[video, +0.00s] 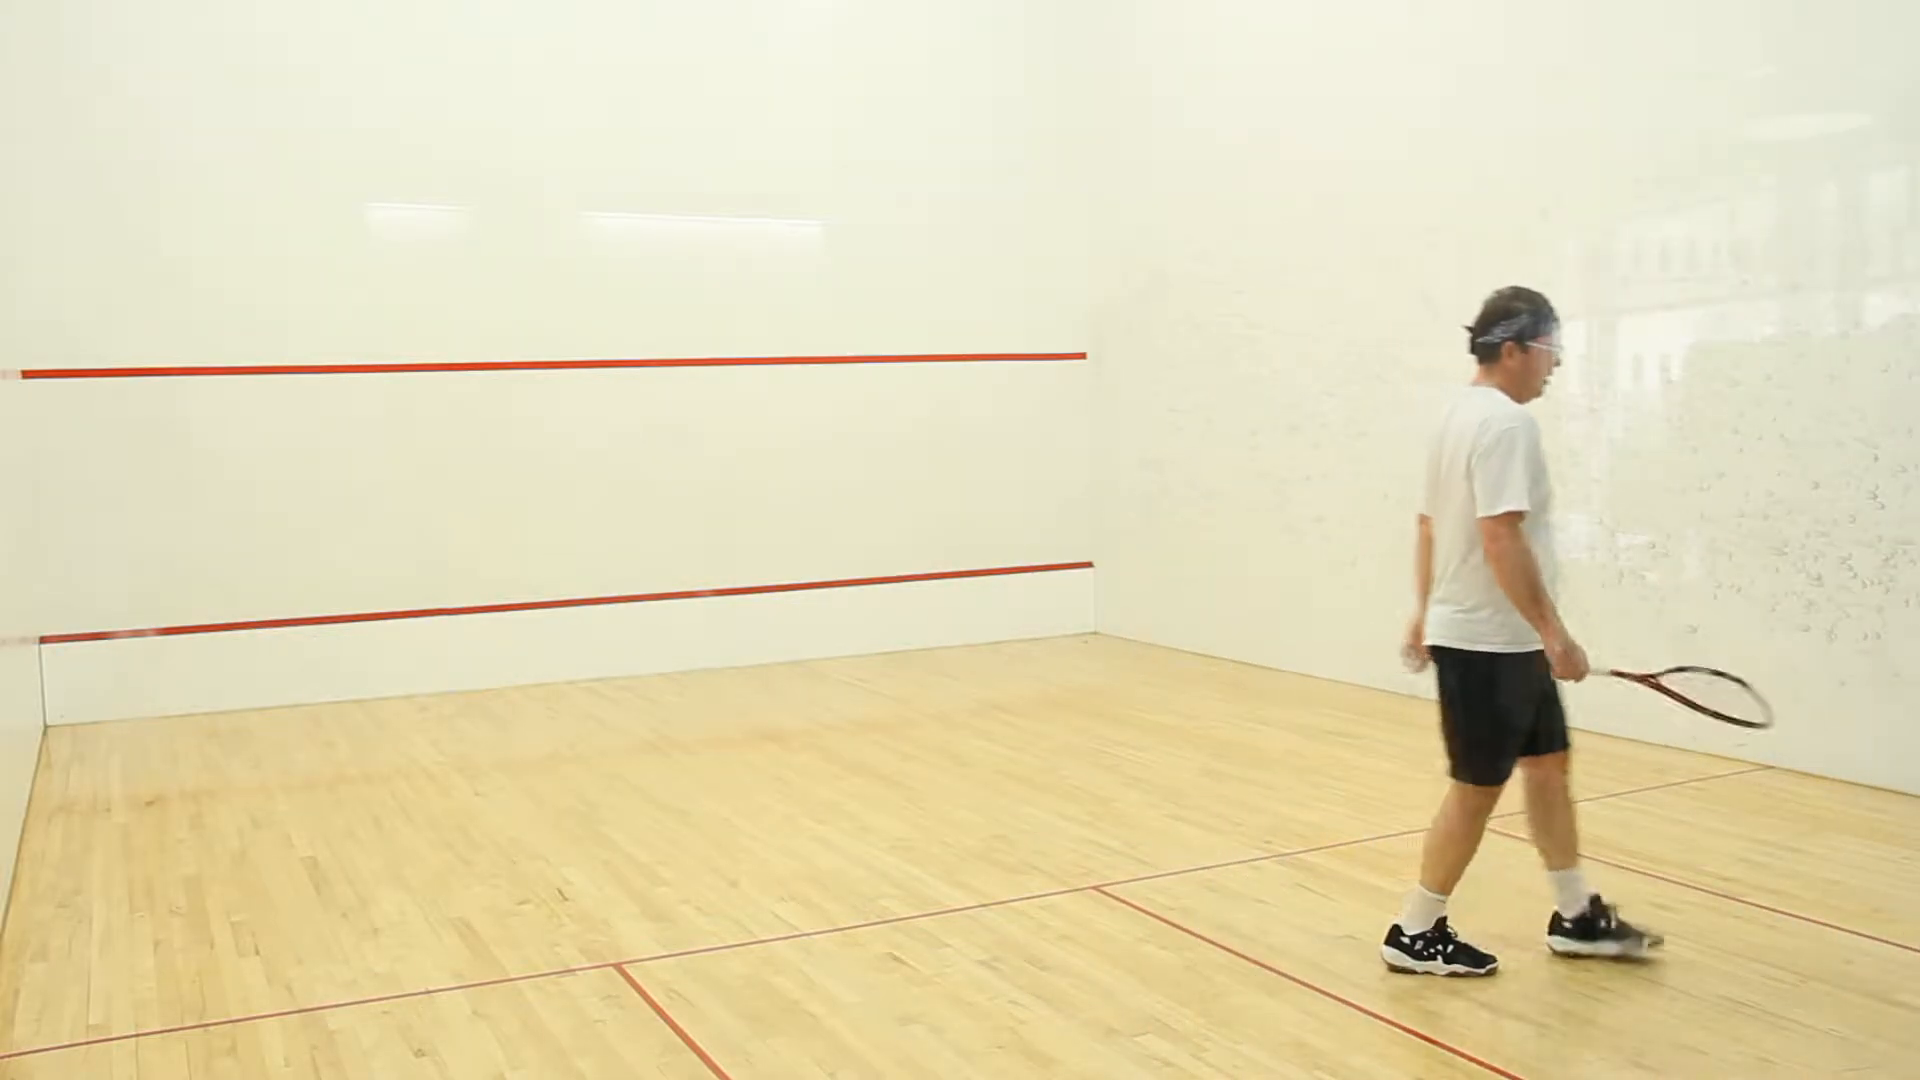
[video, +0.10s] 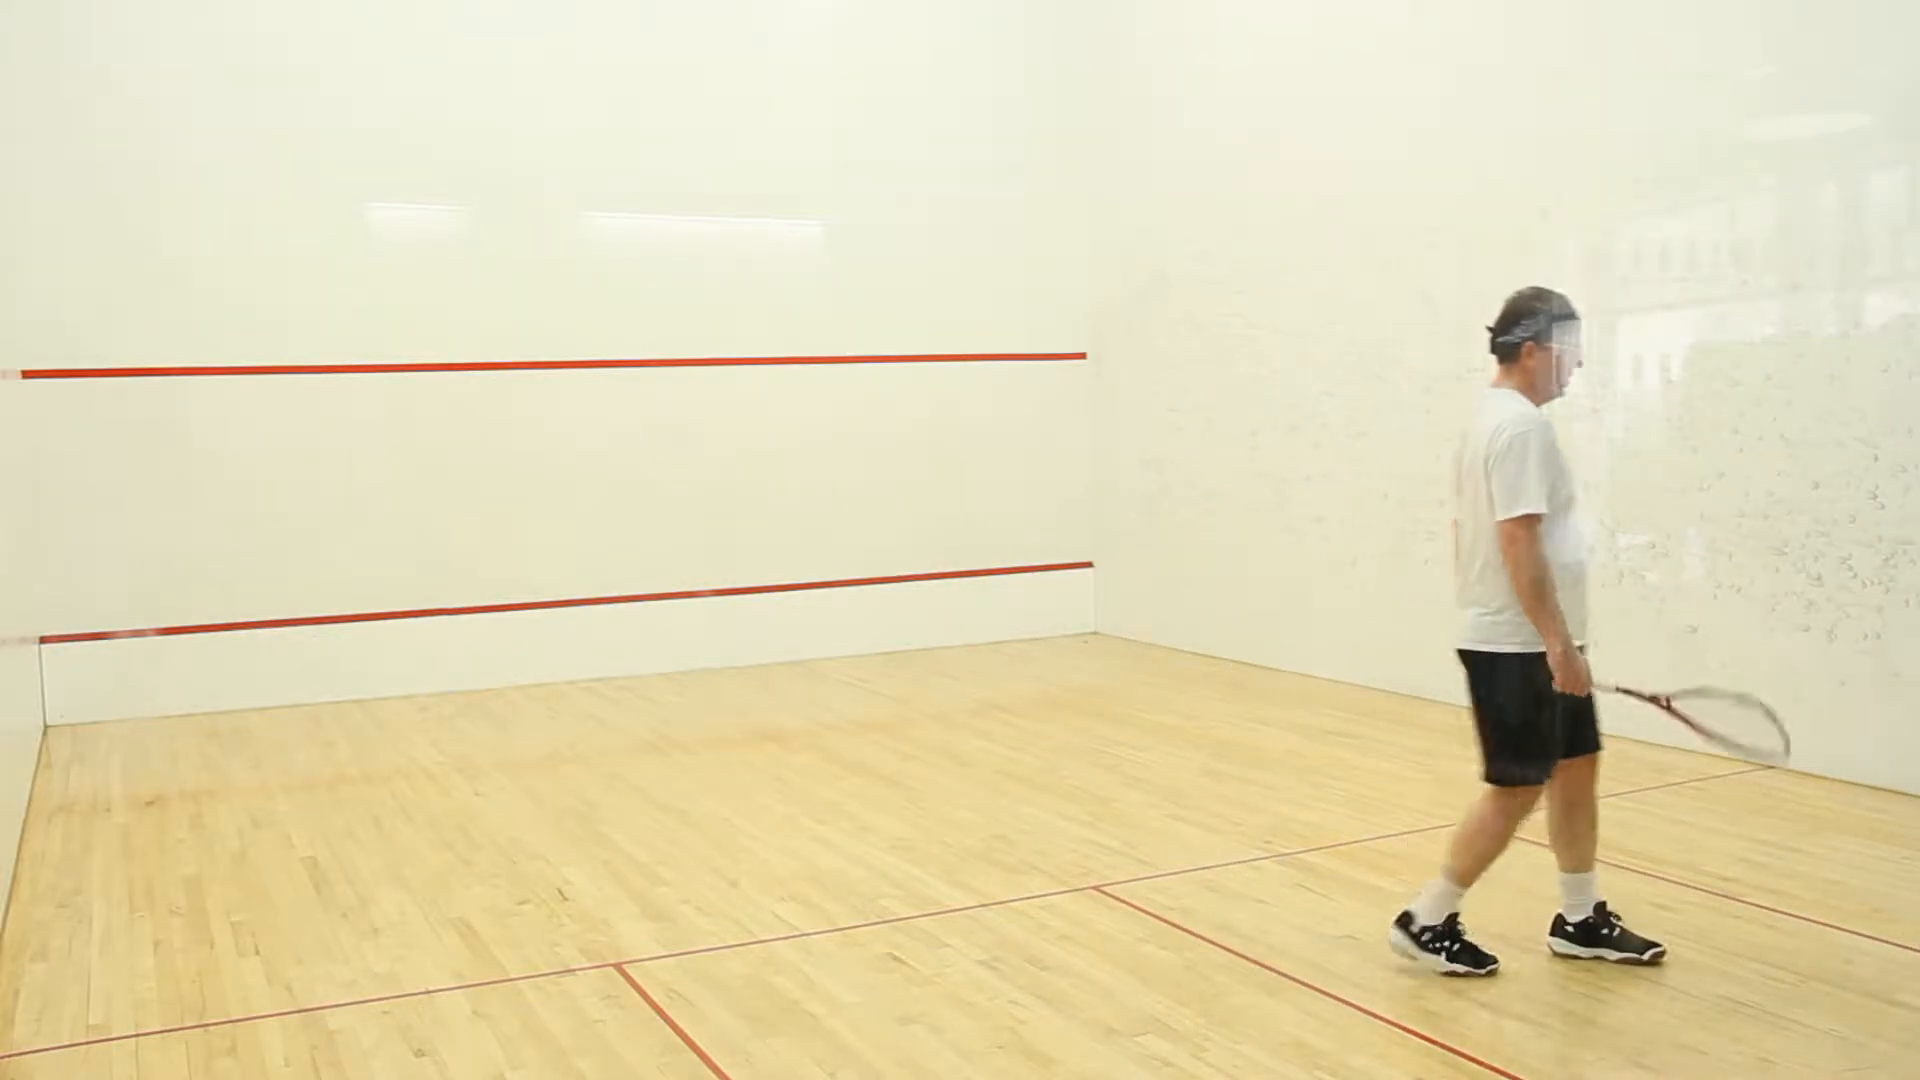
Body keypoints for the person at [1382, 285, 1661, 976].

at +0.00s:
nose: (1556, 362)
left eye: (1556, 349)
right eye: (1549, 348)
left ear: (1499, 350)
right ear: (1513, 348)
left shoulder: (1460, 414)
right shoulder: (1506, 423)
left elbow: (1428, 525)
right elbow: (1502, 540)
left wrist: (1423, 609)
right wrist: (1555, 635)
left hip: (1497, 637)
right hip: (1488, 640)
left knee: (1547, 760)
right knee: (1480, 782)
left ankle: (1576, 912)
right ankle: (1417, 929)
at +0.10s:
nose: (1573, 367)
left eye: (1573, 354)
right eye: (1567, 352)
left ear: (1516, 352)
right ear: (1532, 350)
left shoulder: (1490, 419)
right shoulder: (1521, 425)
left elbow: (1482, 544)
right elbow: (1520, 546)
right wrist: (1561, 647)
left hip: (1527, 637)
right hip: (1512, 642)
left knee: (1576, 759)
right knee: (1517, 783)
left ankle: (1581, 915)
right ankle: (1429, 917)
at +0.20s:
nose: (1592, 361)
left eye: (1593, 347)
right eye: (1583, 346)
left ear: (1538, 348)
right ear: (1541, 345)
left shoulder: (1531, 419)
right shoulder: (1530, 423)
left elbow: (1543, 548)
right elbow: (1530, 545)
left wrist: (1585, 642)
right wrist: (1565, 645)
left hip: (1571, 638)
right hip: (1542, 644)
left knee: (1591, 775)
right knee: (1568, 788)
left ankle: (1583, 917)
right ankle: (1454, 901)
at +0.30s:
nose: (1607, 357)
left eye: (1607, 343)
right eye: (1598, 342)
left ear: (1553, 344)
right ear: (1558, 342)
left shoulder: (1553, 417)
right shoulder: (1533, 422)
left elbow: (1562, 537)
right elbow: (1531, 542)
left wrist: (1604, 625)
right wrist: (1568, 637)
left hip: (1587, 630)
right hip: (1560, 636)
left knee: (1605, 773)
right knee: (1604, 770)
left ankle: (1583, 917)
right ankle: (1491, 895)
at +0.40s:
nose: (1615, 354)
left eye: (1615, 340)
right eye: (1608, 340)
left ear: (1571, 339)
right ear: (1572, 339)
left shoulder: (1572, 417)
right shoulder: (1539, 418)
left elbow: (1614, 516)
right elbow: (1530, 532)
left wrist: (1670, 577)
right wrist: (1563, 636)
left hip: (1603, 628)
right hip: (1573, 634)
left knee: (1608, 766)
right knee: (1617, 765)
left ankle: (1585, 915)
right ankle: (1547, 923)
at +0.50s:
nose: (1618, 351)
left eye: (1617, 337)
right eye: (1610, 336)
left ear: (1575, 339)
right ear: (1577, 337)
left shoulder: (1584, 418)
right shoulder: (1542, 417)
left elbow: (1634, 502)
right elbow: (1529, 531)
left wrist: (1708, 556)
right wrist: (1550, 636)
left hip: (1614, 628)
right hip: (1582, 633)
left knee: (1605, 774)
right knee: (1619, 773)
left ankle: (1590, 921)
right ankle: (1569, 937)